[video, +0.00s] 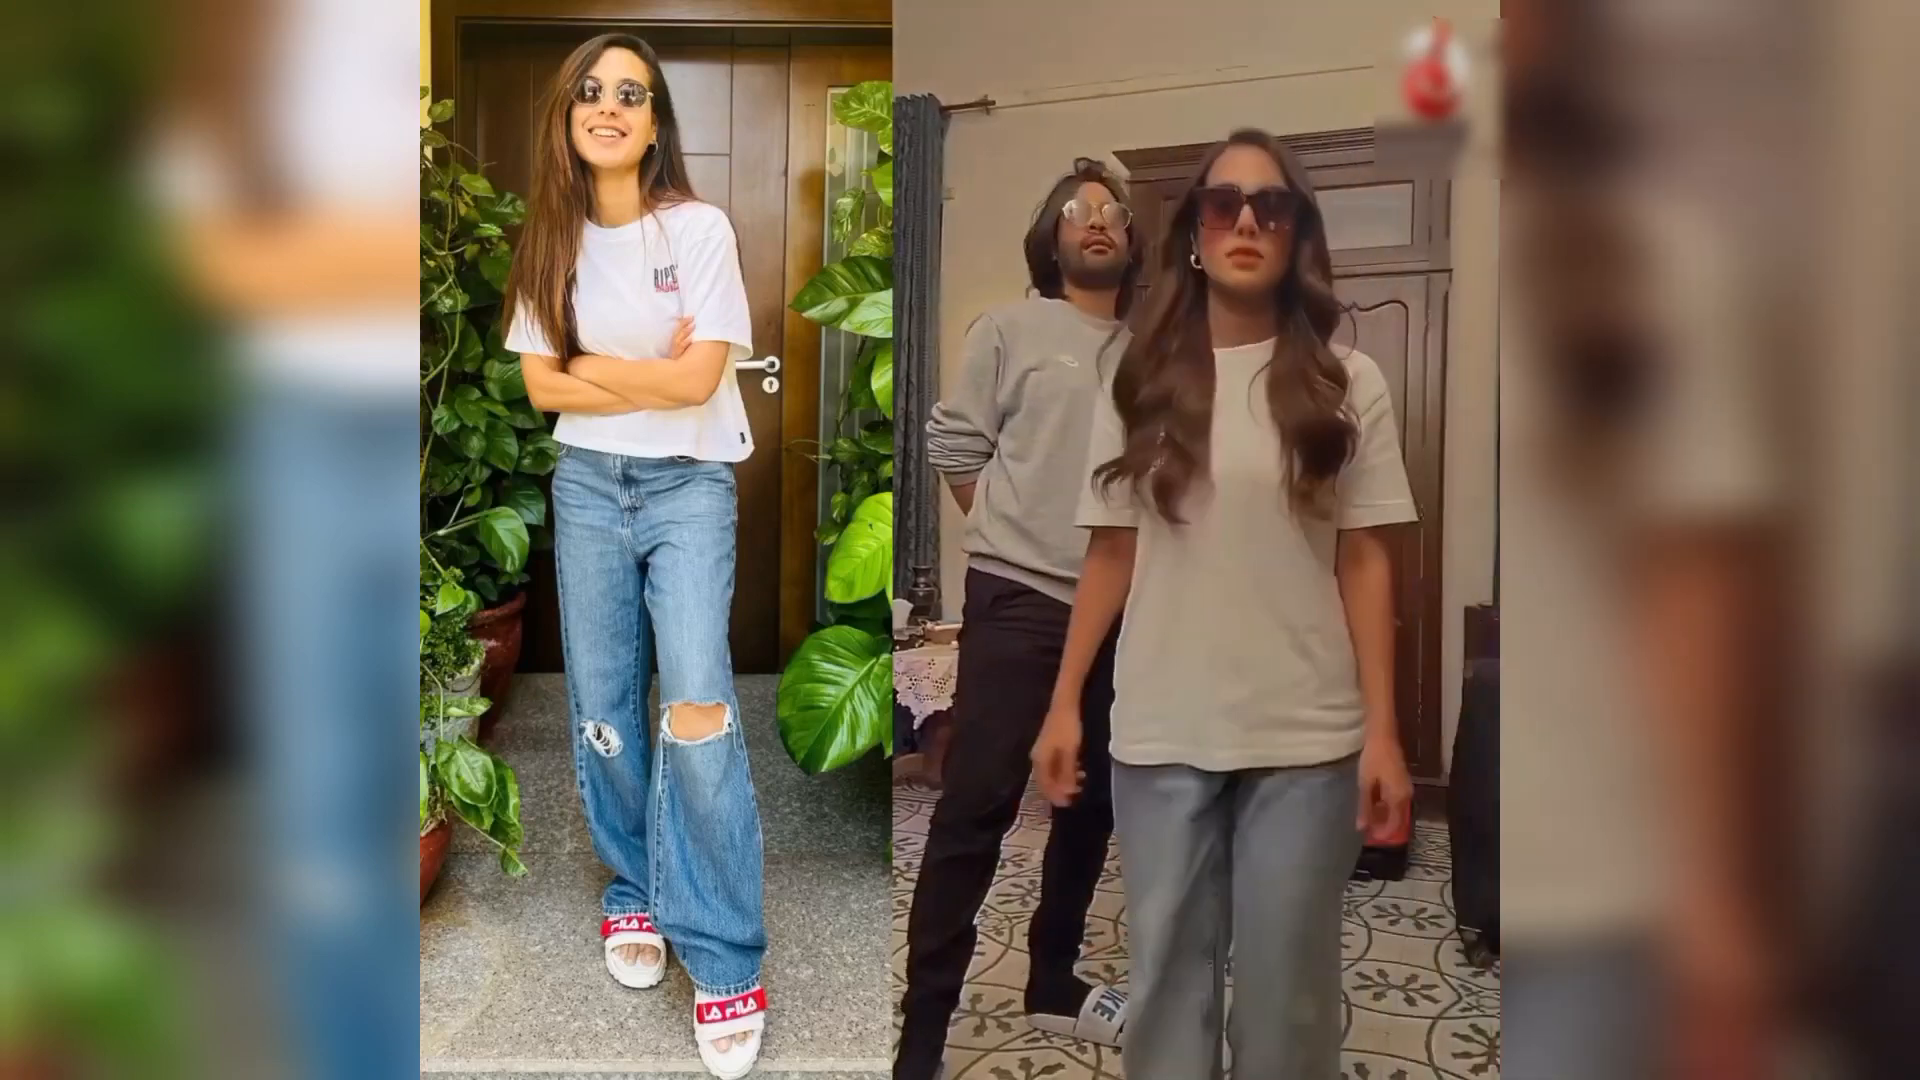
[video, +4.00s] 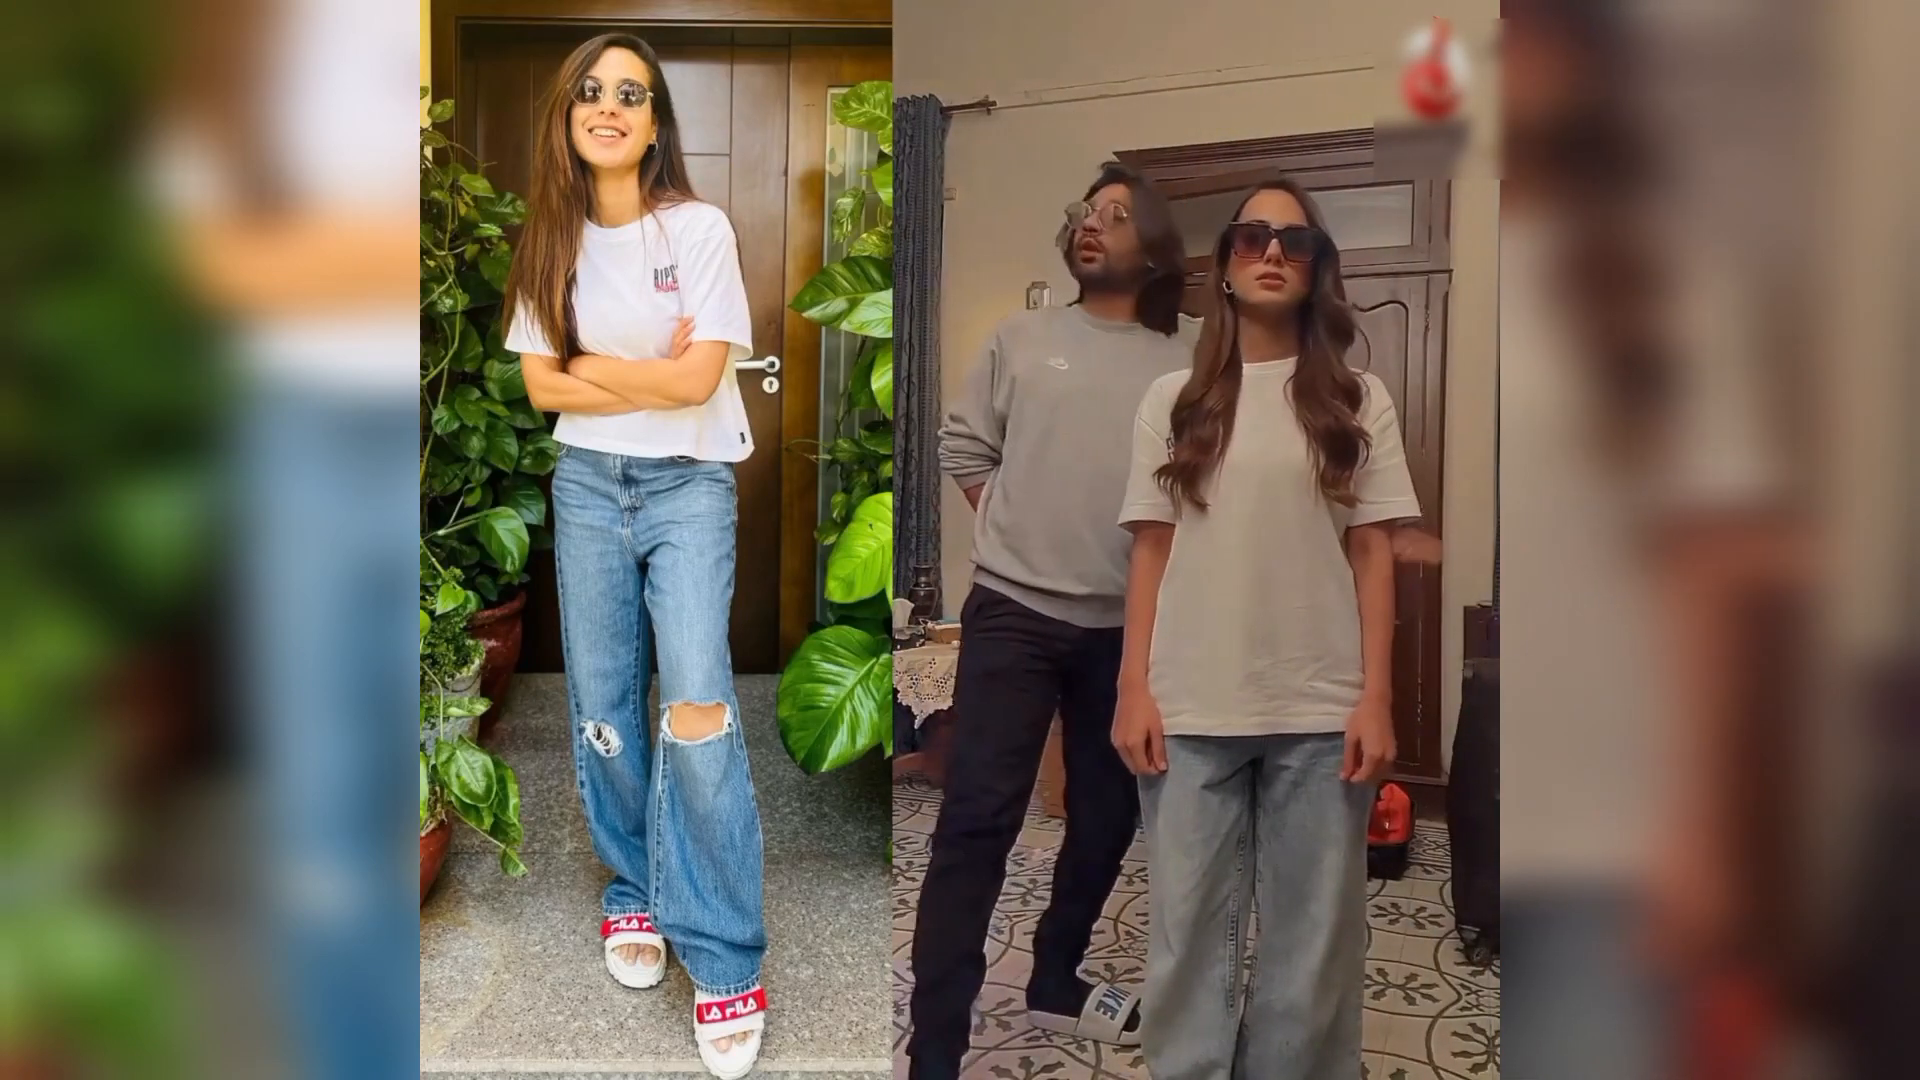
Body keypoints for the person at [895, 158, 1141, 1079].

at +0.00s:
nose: (1094, 224)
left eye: (1108, 212)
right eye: (1077, 214)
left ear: (1133, 235)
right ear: (1051, 237)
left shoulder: (1160, 345)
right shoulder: (1008, 331)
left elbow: (1179, 477)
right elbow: (956, 456)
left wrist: (1127, 549)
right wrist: (1009, 541)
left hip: (1122, 599)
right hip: (1015, 593)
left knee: (1091, 801)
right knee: (976, 802)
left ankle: (1055, 981)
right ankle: (927, 1024)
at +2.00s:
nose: (1100, 186)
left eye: (1096, 170)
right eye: (1073, 168)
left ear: (1088, 192)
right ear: (1009, 192)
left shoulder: (1106, 329)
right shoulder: (955, 333)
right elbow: (908, 516)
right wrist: (951, 591)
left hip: (1107, 620)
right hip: (1002, 622)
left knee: (1092, 816)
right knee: (1011, 866)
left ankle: (1055, 986)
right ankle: (914, 1064)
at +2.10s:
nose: (1085, 209)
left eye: (1081, 189)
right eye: (1062, 191)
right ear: (997, 210)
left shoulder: (1074, 319)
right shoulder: (951, 343)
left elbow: (1139, 312)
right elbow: (918, 526)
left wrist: (1190, 236)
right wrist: (919, 613)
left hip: (1105, 623)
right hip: (1017, 631)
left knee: (1105, 820)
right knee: (1033, 867)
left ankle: (1055, 989)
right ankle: (914, 1065)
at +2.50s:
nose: (1077, 184)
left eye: (1074, 171)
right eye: (1048, 175)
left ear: (1078, 199)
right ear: (998, 209)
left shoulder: (1103, 329)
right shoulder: (992, 323)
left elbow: (1171, 317)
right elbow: (925, 481)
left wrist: (1236, 261)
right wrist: (954, 561)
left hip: (1112, 612)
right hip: (1024, 610)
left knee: (1099, 807)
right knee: (1006, 850)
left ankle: (1055, 987)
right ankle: (910, 1061)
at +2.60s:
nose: (1086, 186)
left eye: (1089, 176)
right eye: (1058, 176)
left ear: (1104, 210)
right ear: (1013, 213)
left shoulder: (1139, 346)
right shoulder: (1010, 316)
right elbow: (941, 462)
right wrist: (976, 559)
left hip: (1115, 610)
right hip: (1024, 603)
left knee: (1089, 812)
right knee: (990, 834)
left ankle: (1056, 987)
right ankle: (912, 1053)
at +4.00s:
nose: (1090, 224)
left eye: (1115, 214)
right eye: (1086, 212)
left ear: (1157, 245)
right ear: (1075, 238)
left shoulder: (1189, 354)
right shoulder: (1022, 336)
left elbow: (1207, 486)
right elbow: (964, 447)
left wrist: (1160, 564)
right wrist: (1016, 530)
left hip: (1127, 623)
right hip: (1012, 612)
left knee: (1105, 817)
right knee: (975, 821)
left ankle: (1057, 979)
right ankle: (934, 1055)